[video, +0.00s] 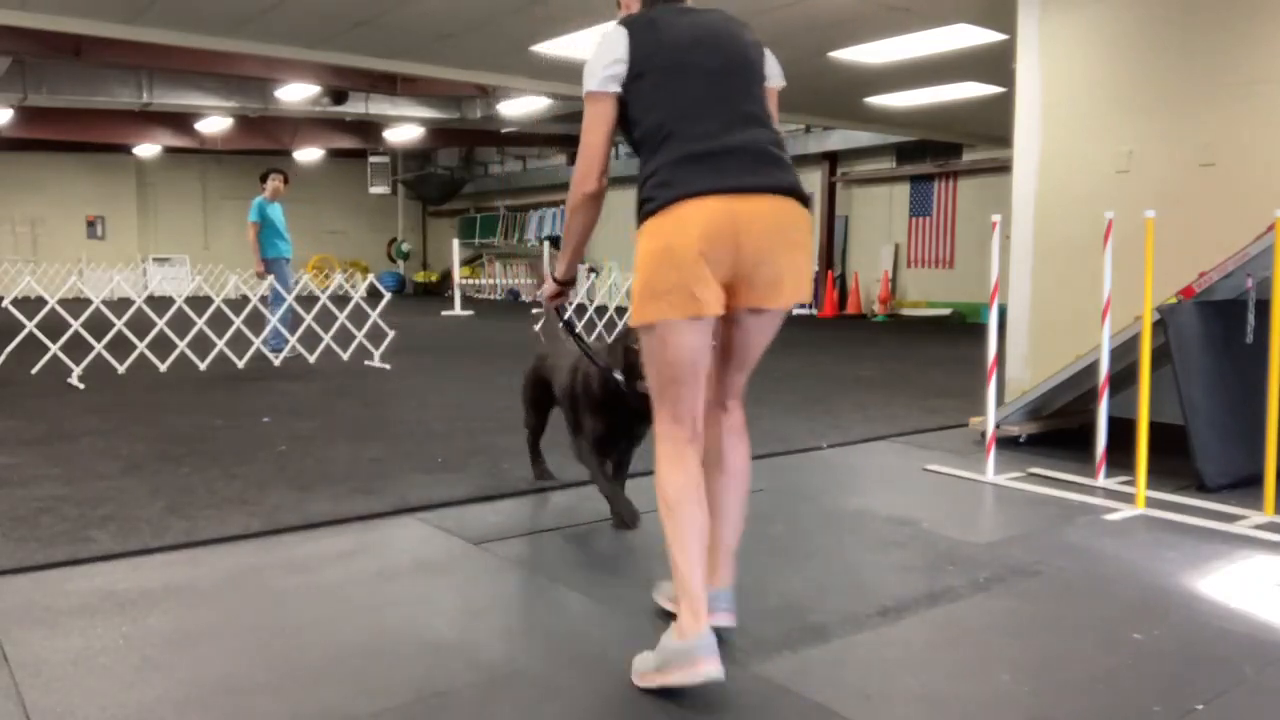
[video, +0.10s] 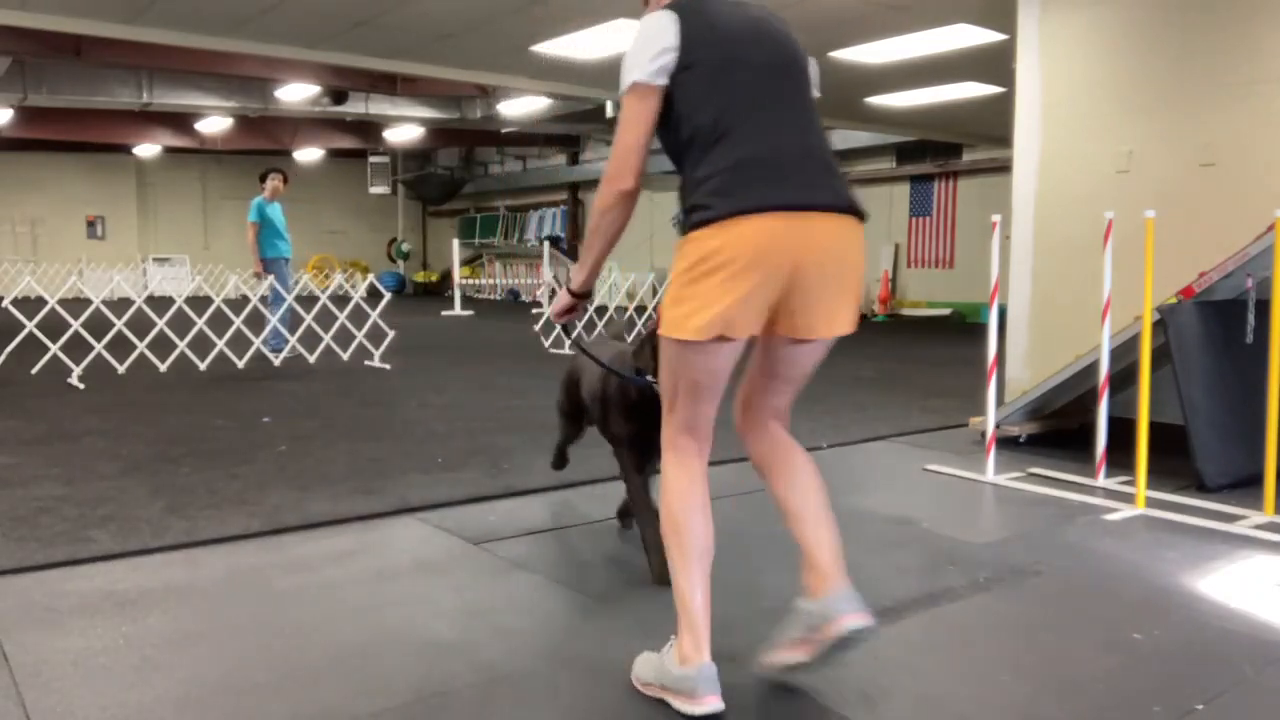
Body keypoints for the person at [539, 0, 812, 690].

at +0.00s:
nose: (616, 14)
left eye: (615, 10)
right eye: (617, 11)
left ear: (629, 4)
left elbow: (589, 181)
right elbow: (770, 143)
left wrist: (564, 268)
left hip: (685, 220)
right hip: (778, 216)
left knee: (678, 426)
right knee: (726, 403)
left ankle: (692, 630)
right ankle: (715, 588)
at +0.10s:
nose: (641, 14)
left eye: (642, 11)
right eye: (642, 12)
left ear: (658, 2)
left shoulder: (664, 25)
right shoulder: (783, 37)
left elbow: (622, 182)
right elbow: (802, 152)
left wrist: (581, 280)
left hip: (734, 237)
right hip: (835, 234)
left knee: (686, 441)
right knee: (764, 420)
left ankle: (692, 656)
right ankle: (833, 592)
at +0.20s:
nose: (679, 15)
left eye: (685, 14)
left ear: (702, 1)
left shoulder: (723, 7)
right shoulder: (820, 24)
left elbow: (677, 150)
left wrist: (615, 267)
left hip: (817, 216)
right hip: (913, 218)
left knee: (714, 434)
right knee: (830, 454)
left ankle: (684, 655)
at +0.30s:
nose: (726, 17)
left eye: (729, 8)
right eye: (725, 14)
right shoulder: (865, 23)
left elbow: (743, 137)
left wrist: (656, 265)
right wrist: (821, 302)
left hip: (910, 220)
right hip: (996, 223)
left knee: (759, 427)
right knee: (884, 475)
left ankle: (746, 678)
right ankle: (968, 704)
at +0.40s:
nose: (767, 17)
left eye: (767, 5)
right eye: (767, 14)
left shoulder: (853, 2)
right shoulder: (922, 37)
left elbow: (829, 93)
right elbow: (959, 192)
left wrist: (730, 244)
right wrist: (892, 319)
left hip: (1003, 208)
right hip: (1077, 211)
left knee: (865, 458)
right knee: (934, 474)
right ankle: (982, 694)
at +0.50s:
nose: (804, 13)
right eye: (799, 8)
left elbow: (938, 52)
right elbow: (1025, 190)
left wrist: (850, 219)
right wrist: (952, 314)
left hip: (1106, 197)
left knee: (1059, 506)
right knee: (1008, 461)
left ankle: (1222, 709)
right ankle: (993, 703)